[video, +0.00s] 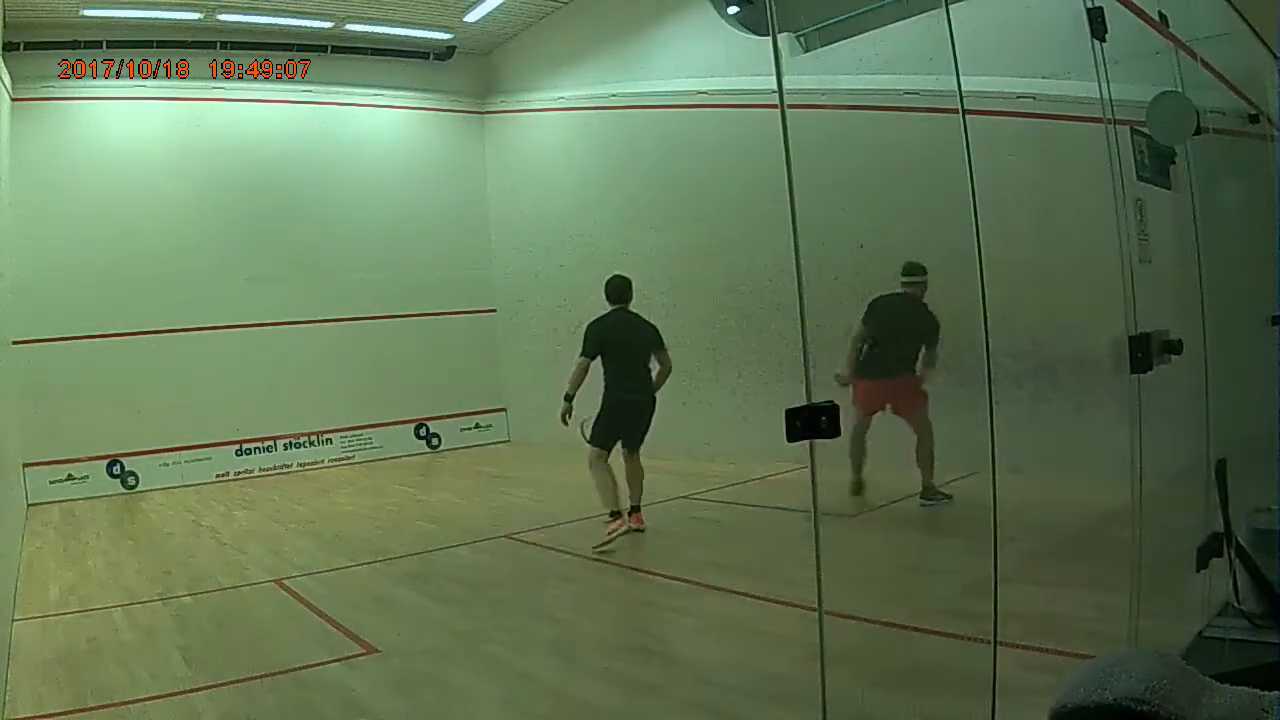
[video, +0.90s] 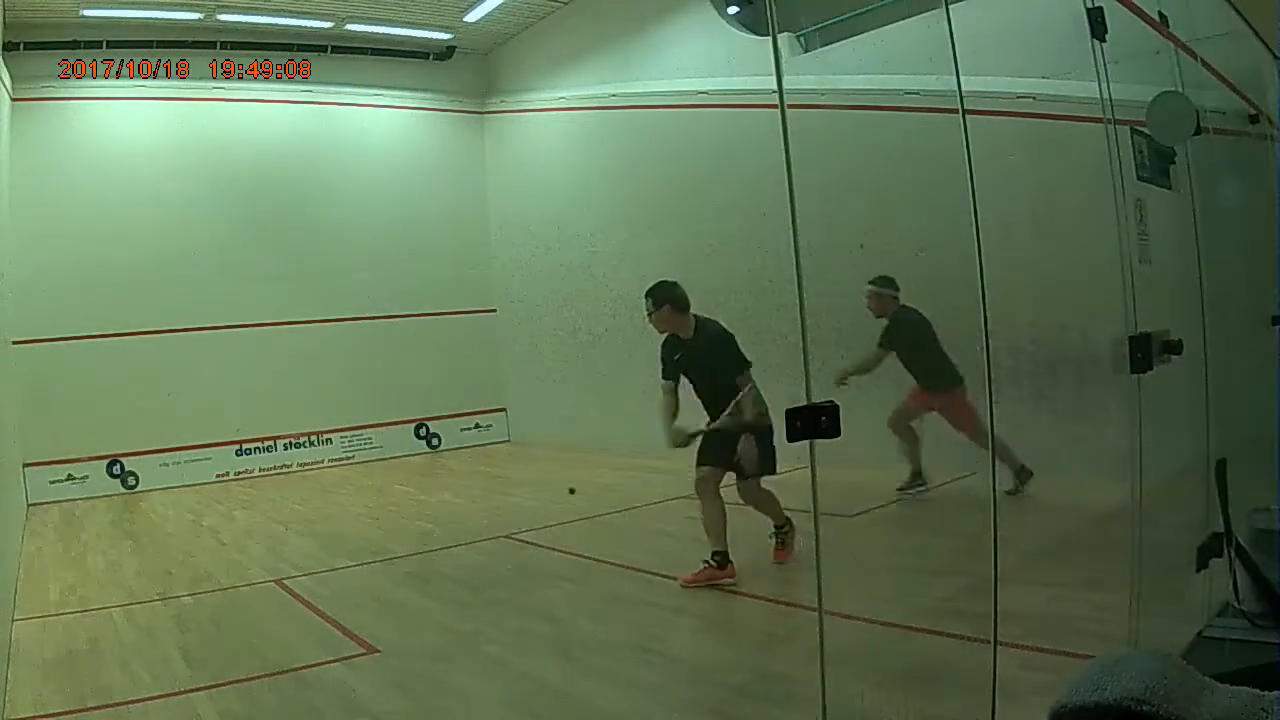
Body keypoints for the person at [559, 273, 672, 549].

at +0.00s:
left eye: (611, 295)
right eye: (627, 293)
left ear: (606, 297)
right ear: (631, 296)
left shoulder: (598, 327)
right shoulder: (646, 326)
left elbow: (582, 366)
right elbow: (666, 366)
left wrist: (568, 399)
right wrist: (650, 390)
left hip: (615, 402)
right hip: (644, 402)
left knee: (597, 458)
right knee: (631, 453)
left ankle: (616, 518)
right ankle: (635, 513)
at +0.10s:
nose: (624, 288)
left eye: (621, 284)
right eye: (636, 284)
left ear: (619, 286)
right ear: (643, 286)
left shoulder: (609, 316)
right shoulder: (658, 315)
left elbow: (597, 356)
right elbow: (681, 355)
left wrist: (582, 385)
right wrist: (665, 380)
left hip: (632, 391)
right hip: (661, 391)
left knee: (623, 454)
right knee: (655, 448)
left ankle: (653, 509)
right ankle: (652, 510)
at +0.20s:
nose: (639, 293)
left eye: (638, 289)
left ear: (638, 290)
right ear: (662, 289)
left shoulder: (635, 321)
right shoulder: (677, 318)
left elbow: (632, 362)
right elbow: (697, 357)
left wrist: (611, 383)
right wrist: (684, 381)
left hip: (660, 395)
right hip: (685, 390)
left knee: (660, 460)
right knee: (682, 454)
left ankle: (695, 512)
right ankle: (715, 505)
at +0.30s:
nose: (649, 302)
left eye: (650, 298)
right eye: (650, 298)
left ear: (655, 302)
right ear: (677, 301)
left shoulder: (658, 336)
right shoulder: (690, 329)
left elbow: (663, 381)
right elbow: (709, 370)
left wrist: (641, 398)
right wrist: (688, 393)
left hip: (687, 408)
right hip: (706, 403)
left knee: (686, 474)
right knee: (695, 464)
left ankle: (732, 522)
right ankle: (720, 511)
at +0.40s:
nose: (661, 307)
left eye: (663, 303)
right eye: (663, 302)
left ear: (667, 307)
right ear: (688, 305)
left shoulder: (684, 338)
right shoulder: (696, 332)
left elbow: (698, 381)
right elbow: (709, 379)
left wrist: (678, 409)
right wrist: (688, 414)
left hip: (710, 414)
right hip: (709, 412)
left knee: (713, 481)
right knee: (703, 467)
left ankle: (770, 527)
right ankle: (723, 511)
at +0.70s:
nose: (657, 318)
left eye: (659, 312)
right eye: (657, 313)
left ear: (674, 310)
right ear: (676, 311)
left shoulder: (720, 331)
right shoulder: (679, 350)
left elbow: (745, 382)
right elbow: (691, 396)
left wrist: (730, 425)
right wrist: (703, 415)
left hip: (754, 408)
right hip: (723, 412)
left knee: (753, 483)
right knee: (693, 473)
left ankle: (787, 537)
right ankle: (722, 540)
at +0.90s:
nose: (650, 320)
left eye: (652, 313)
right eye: (649, 314)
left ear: (671, 309)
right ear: (670, 311)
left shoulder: (715, 335)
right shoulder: (670, 346)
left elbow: (747, 387)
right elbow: (669, 391)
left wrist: (747, 430)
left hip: (749, 416)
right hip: (720, 421)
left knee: (749, 492)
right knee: (706, 483)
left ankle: (784, 526)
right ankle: (720, 562)